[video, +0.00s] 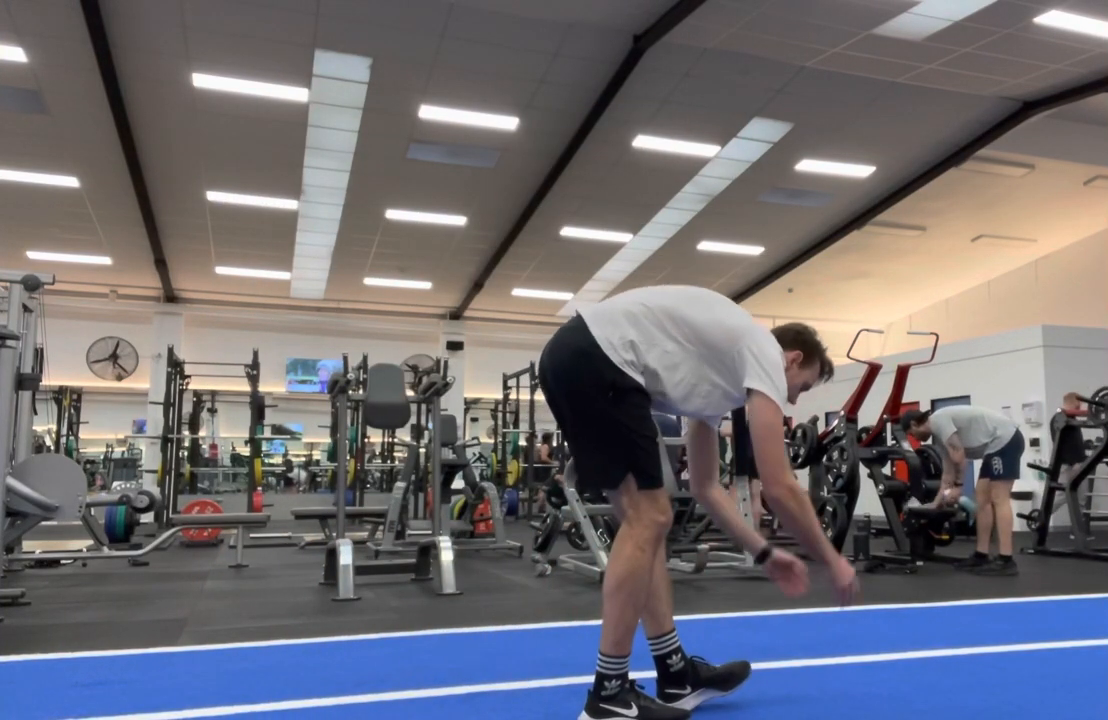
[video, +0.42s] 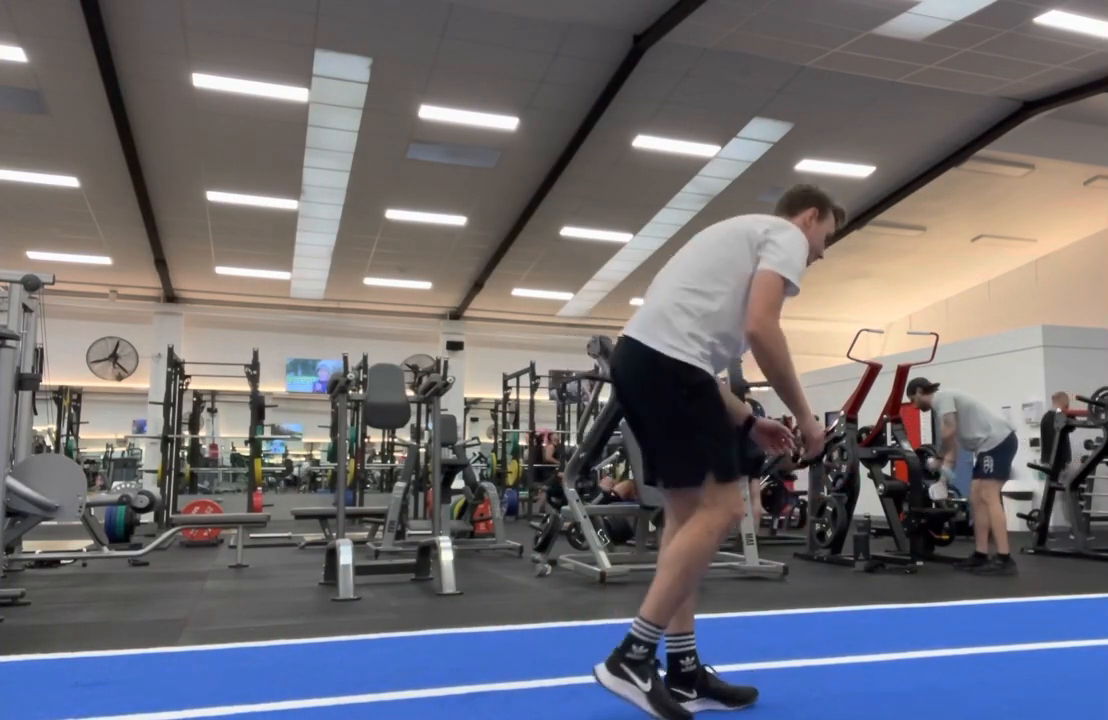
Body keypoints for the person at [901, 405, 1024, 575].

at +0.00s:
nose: (914, 438)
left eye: (911, 433)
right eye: (911, 435)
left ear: (915, 424)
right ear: (918, 423)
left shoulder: (939, 420)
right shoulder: (938, 434)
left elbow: (959, 457)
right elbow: (947, 471)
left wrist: (957, 487)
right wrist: (937, 503)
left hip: (1007, 440)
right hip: (992, 446)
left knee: (1000, 498)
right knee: (983, 497)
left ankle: (1006, 559)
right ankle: (981, 555)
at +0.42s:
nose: (915, 406)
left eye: (913, 400)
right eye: (912, 402)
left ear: (920, 392)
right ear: (923, 392)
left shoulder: (942, 397)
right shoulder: (942, 405)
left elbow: (949, 431)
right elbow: (951, 445)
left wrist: (940, 457)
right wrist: (946, 474)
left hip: (999, 441)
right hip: (985, 445)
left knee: (988, 495)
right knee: (977, 496)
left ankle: (1004, 557)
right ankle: (981, 554)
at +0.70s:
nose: (925, 377)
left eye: (925, 371)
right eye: (923, 372)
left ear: (935, 365)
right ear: (939, 365)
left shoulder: (948, 379)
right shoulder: (957, 381)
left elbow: (950, 412)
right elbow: (961, 423)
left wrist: (934, 434)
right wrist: (941, 442)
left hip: (981, 440)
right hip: (983, 441)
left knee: (969, 495)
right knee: (973, 497)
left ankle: (996, 551)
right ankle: (981, 552)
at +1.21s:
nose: (937, 357)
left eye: (939, 352)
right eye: (936, 353)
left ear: (952, 351)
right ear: (956, 352)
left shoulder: (956, 371)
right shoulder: (967, 373)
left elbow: (951, 405)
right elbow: (963, 410)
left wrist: (929, 417)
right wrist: (938, 420)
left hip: (962, 441)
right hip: (977, 441)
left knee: (947, 494)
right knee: (969, 496)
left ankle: (963, 550)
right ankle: (980, 551)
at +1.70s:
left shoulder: (947, 374)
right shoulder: (956, 374)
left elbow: (939, 407)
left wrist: (918, 405)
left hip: (943, 442)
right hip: (962, 440)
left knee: (944, 500)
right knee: (965, 498)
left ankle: (947, 554)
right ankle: (979, 551)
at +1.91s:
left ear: (935, 346)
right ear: (953, 348)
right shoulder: (957, 374)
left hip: (943, 443)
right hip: (960, 444)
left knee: (940, 495)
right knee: (961, 494)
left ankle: (946, 553)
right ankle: (979, 551)